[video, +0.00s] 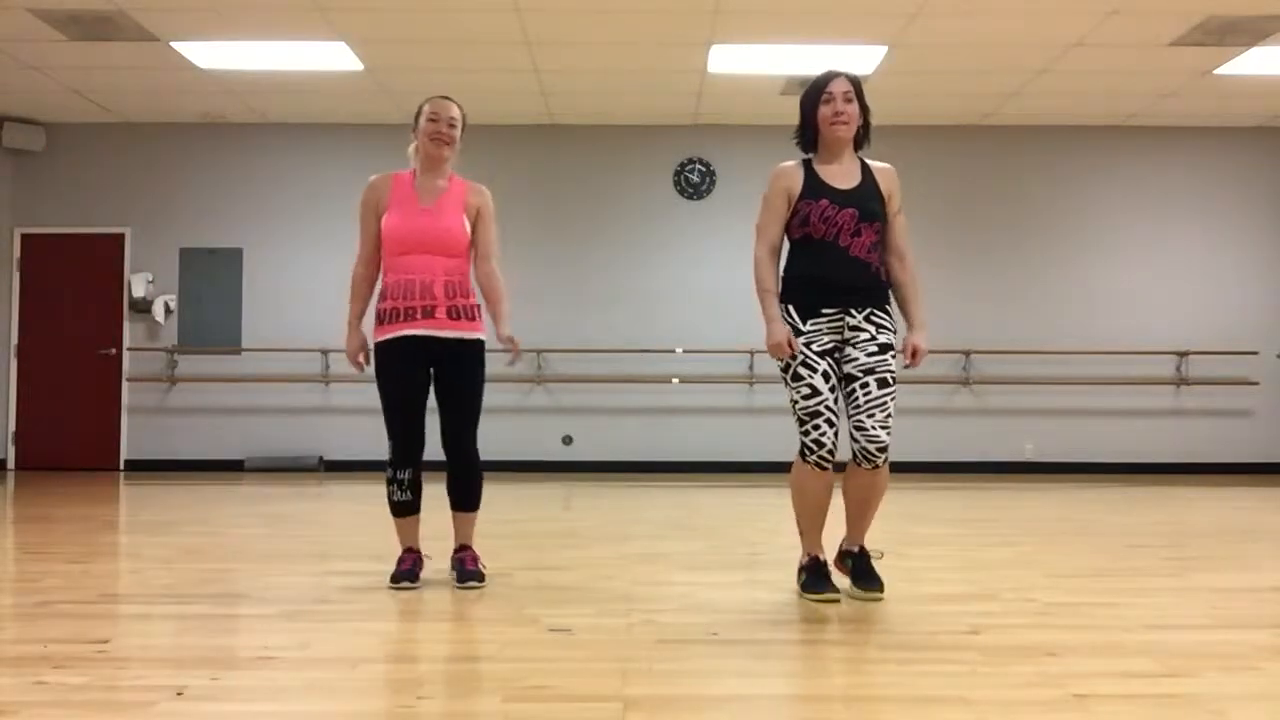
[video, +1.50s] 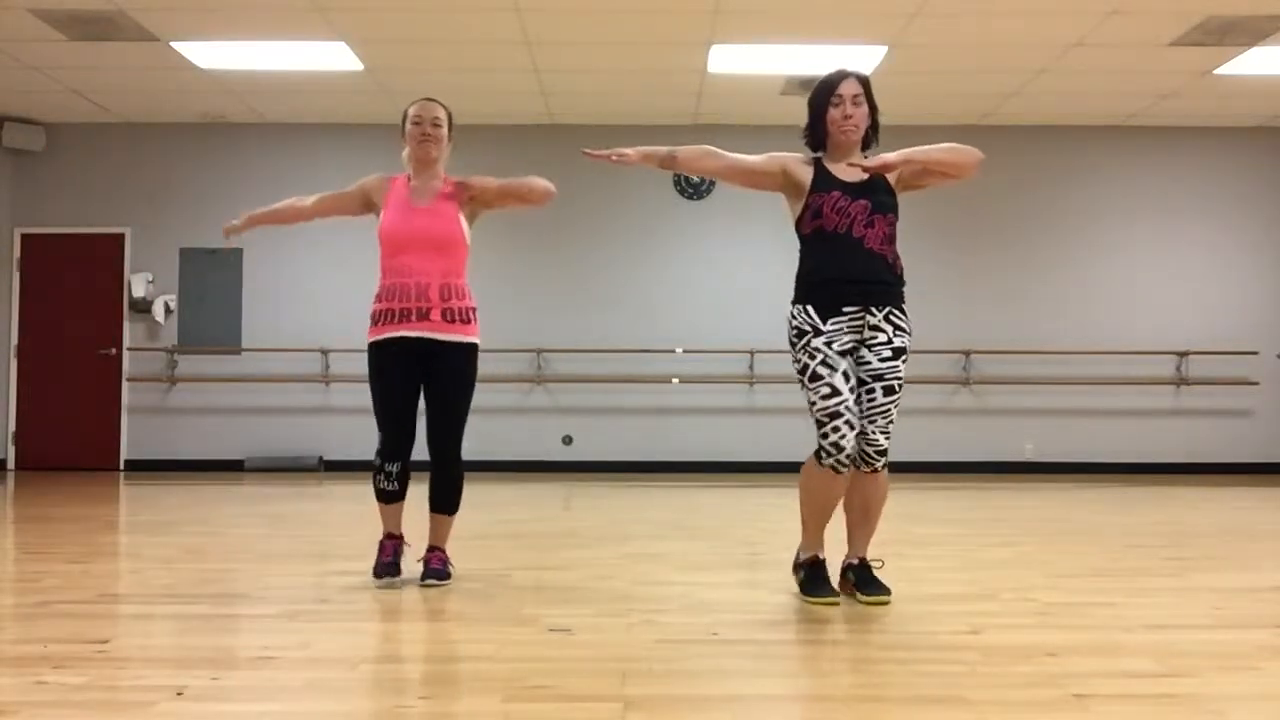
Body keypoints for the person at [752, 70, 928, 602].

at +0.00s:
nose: (839, 108)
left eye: (848, 100)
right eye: (827, 101)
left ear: (861, 112)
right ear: (811, 114)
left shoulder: (883, 177)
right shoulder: (789, 176)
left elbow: (899, 257)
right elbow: (765, 253)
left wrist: (915, 324)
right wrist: (773, 320)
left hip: (872, 322)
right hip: (806, 323)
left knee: (873, 440)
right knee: (821, 440)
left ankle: (853, 549)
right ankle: (812, 559)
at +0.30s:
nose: (842, 110)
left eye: (851, 102)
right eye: (831, 103)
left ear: (866, 114)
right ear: (815, 116)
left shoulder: (889, 177)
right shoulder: (794, 180)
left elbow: (910, 256)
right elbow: (767, 256)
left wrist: (933, 322)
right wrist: (791, 312)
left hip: (877, 325)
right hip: (814, 324)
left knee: (868, 444)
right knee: (823, 442)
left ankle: (854, 557)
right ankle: (812, 560)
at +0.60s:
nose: (841, 110)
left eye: (850, 101)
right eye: (830, 102)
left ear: (866, 114)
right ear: (814, 115)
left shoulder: (889, 175)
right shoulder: (794, 178)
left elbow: (947, 231)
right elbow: (766, 240)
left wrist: (1003, 287)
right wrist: (843, 245)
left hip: (880, 318)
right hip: (817, 321)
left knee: (868, 438)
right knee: (836, 433)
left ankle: (854, 556)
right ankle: (817, 541)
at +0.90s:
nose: (842, 106)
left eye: (851, 98)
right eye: (831, 99)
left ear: (864, 112)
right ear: (814, 112)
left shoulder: (885, 168)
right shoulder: (795, 165)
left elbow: (958, 175)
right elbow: (753, 168)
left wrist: (1015, 164)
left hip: (877, 314)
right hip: (814, 316)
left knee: (893, 429)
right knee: (828, 435)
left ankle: (859, 537)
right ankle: (817, 556)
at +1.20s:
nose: (853, 107)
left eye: (861, 99)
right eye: (842, 99)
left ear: (875, 111)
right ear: (824, 112)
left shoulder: (895, 173)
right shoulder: (803, 167)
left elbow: (977, 164)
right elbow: (726, 159)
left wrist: (907, 161)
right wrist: (654, 153)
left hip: (889, 318)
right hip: (824, 318)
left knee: (880, 440)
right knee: (841, 435)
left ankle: (861, 559)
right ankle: (819, 551)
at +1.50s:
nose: (848, 111)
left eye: (857, 102)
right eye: (838, 103)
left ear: (871, 114)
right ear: (819, 114)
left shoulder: (891, 174)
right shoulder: (798, 171)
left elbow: (972, 159)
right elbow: (721, 162)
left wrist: (902, 160)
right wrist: (647, 156)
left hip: (884, 319)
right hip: (820, 320)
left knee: (874, 444)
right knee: (839, 440)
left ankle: (858, 563)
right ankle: (811, 557)